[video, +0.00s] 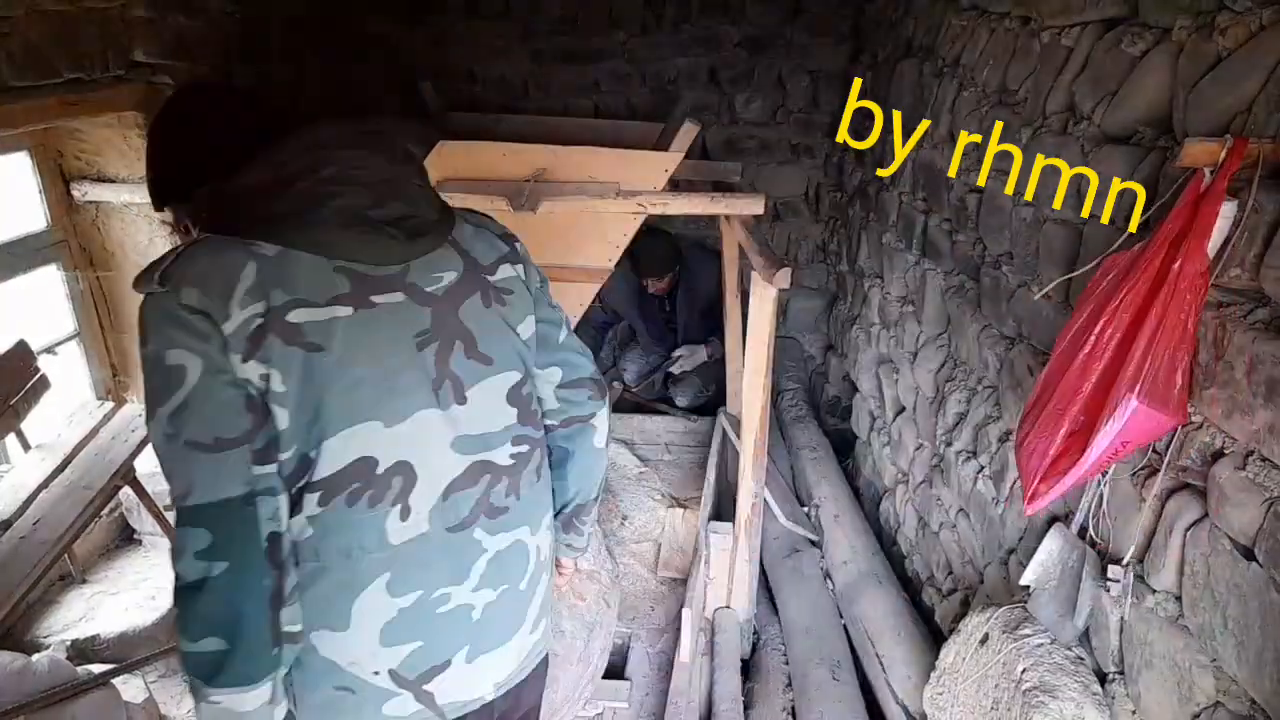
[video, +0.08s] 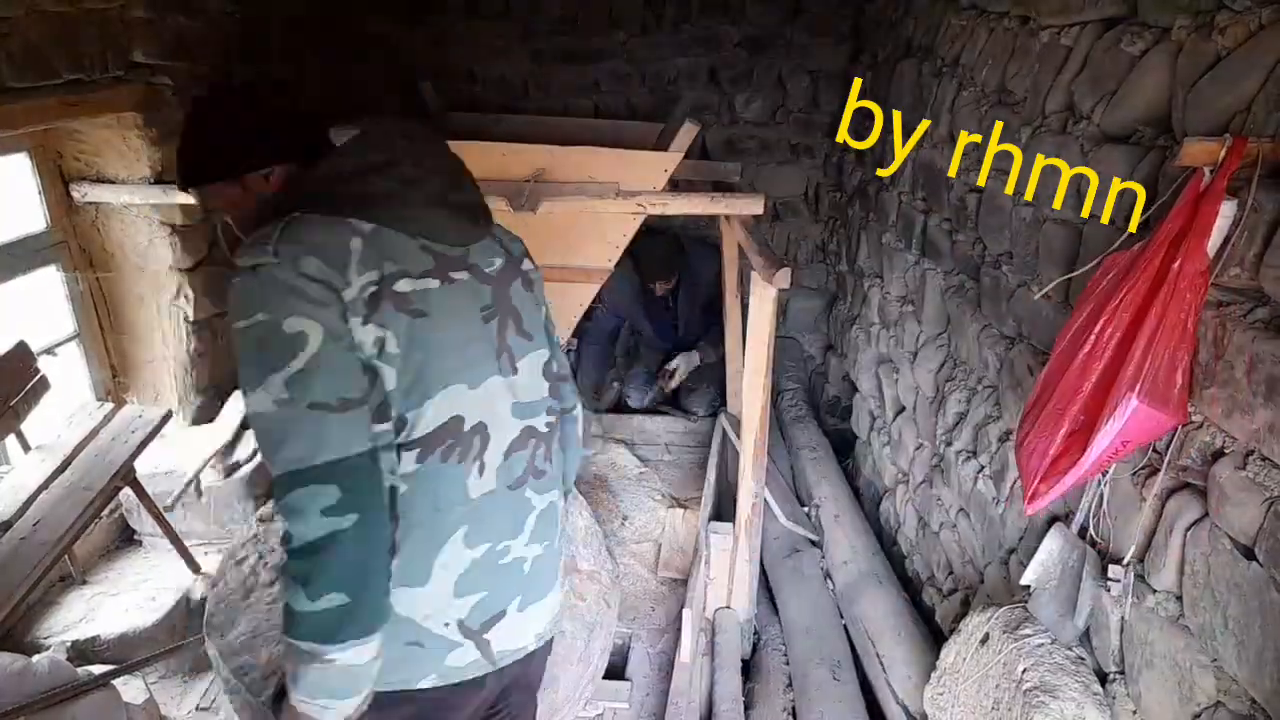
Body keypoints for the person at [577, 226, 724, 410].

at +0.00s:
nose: (651, 289)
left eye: (658, 281)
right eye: (645, 281)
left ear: (675, 272)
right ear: (638, 274)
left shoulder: (708, 277)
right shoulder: (621, 286)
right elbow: (590, 328)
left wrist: (708, 351)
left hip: (699, 347)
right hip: (655, 343)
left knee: (686, 395)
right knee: (632, 375)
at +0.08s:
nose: (658, 292)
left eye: (666, 284)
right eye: (652, 285)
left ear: (679, 272)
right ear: (640, 277)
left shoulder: (708, 268)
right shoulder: (622, 286)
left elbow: (730, 325)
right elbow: (596, 338)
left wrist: (698, 357)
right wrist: (593, 396)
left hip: (700, 347)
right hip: (654, 348)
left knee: (697, 405)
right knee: (636, 399)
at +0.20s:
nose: (666, 308)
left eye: (673, 302)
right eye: (660, 301)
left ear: (688, 291)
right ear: (648, 288)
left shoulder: (710, 289)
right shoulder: (626, 285)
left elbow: (712, 348)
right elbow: (592, 316)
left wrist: (672, 377)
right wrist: (606, 346)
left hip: (692, 357)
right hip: (645, 357)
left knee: (699, 407)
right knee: (637, 405)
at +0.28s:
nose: (652, 328)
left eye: (662, 322)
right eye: (648, 319)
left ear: (681, 314)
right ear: (640, 306)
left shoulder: (709, 309)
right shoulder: (619, 308)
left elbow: (707, 364)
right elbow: (600, 352)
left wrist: (663, 392)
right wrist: (610, 389)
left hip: (685, 364)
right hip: (639, 363)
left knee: (700, 408)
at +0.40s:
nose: (643, 345)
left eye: (653, 339)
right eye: (640, 336)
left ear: (675, 329)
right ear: (633, 322)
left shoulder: (709, 324)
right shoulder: (617, 335)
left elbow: (711, 373)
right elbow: (591, 390)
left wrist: (664, 400)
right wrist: (565, 448)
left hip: (692, 366)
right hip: (647, 370)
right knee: (635, 399)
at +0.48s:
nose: (642, 344)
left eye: (651, 338)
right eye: (637, 335)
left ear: (672, 330)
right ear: (630, 325)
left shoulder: (709, 327)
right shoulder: (616, 335)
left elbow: (711, 374)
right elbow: (584, 384)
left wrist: (663, 398)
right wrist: (551, 439)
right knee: (636, 397)